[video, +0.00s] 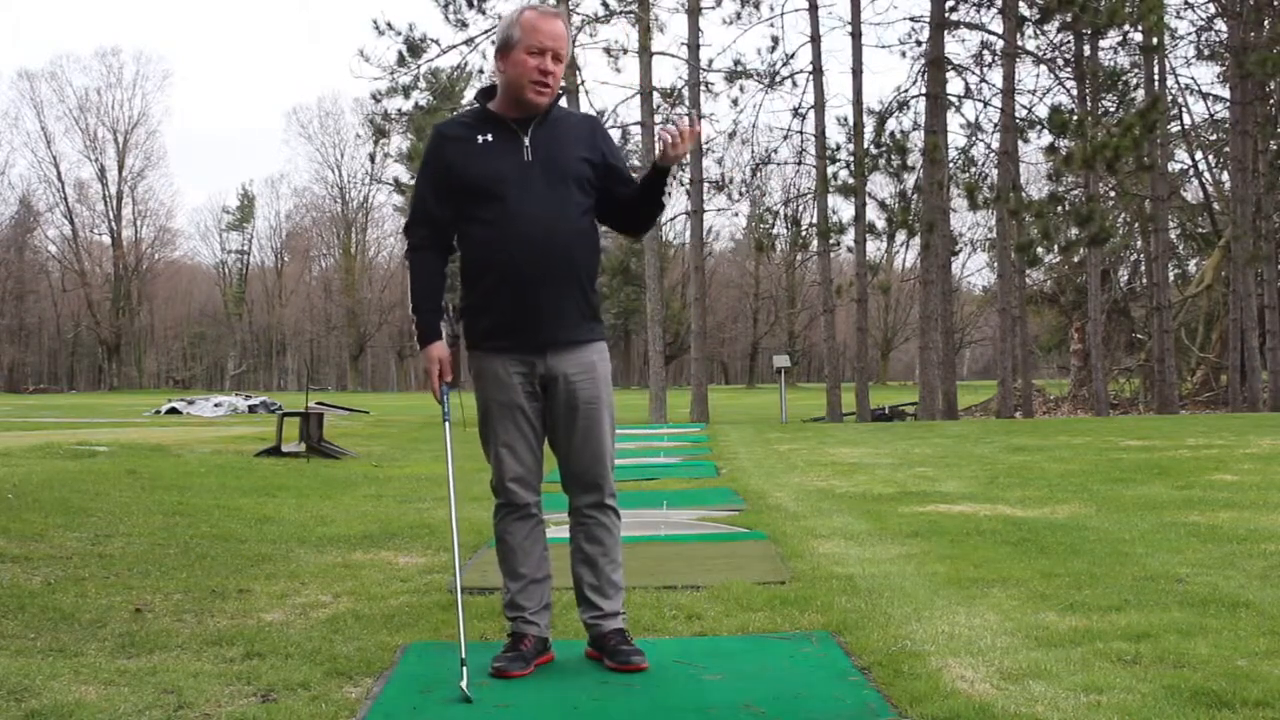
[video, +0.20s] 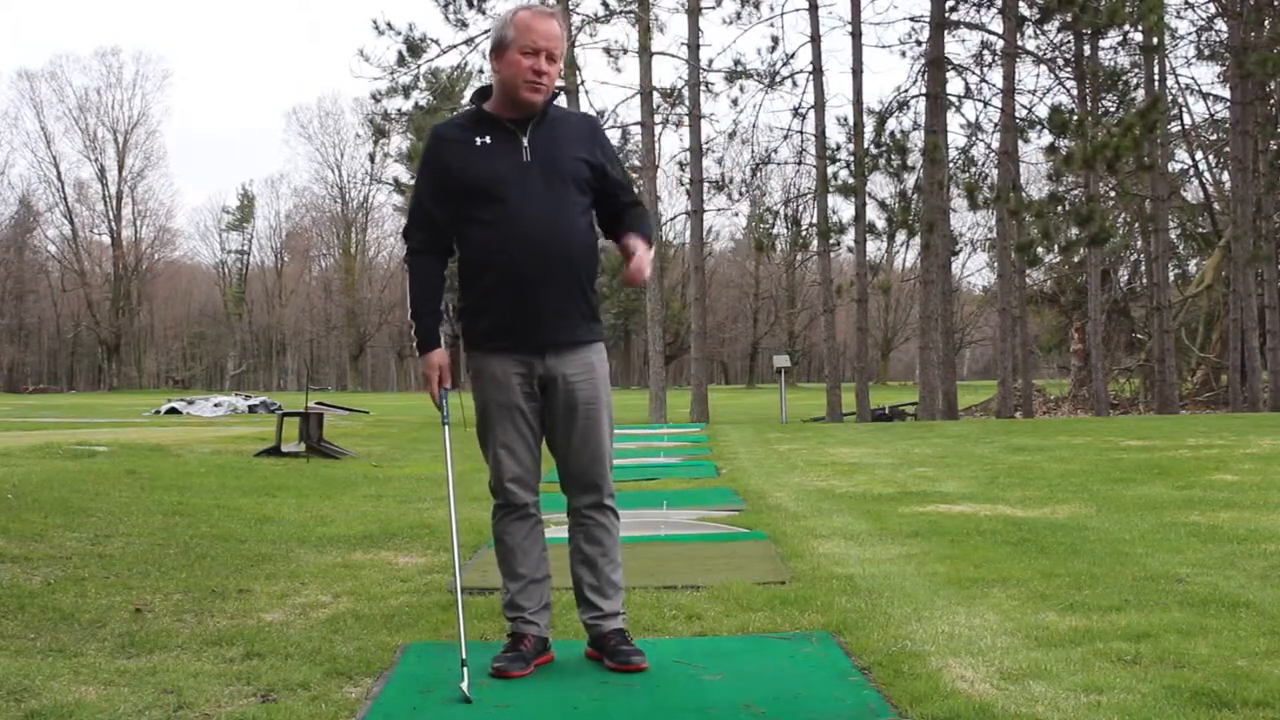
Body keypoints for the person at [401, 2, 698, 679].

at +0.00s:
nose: (549, 69)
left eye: (559, 59)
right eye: (537, 54)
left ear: (566, 68)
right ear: (501, 57)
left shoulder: (585, 135)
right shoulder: (454, 139)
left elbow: (631, 218)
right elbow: (427, 239)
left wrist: (660, 166)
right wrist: (430, 333)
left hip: (578, 341)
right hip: (497, 346)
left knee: (594, 493)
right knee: (515, 496)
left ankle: (608, 627)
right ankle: (527, 631)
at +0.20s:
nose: (544, 68)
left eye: (554, 58)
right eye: (531, 55)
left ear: (563, 66)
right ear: (496, 59)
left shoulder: (582, 132)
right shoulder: (451, 141)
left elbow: (622, 206)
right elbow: (426, 246)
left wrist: (637, 240)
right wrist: (430, 339)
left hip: (577, 341)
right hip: (494, 346)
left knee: (594, 493)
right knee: (514, 496)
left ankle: (608, 628)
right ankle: (527, 631)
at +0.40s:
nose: (535, 67)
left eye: (546, 55)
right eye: (522, 53)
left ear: (556, 63)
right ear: (490, 57)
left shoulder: (579, 132)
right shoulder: (446, 141)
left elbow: (614, 228)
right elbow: (423, 245)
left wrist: (608, 308)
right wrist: (429, 339)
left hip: (575, 339)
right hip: (490, 344)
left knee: (593, 493)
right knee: (512, 497)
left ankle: (608, 629)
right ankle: (528, 632)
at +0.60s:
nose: (530, 68)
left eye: (542, 57)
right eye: (518, 53)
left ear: (553, 64)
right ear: (487, 57)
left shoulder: (577, 131)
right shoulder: (442, 141)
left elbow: (614, 216)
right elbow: (415, 242)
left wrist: (632, 269)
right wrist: (428, 334)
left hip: (572, 340)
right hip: (488, 347)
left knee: (593, 492)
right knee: (511, 497)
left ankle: (607, 628)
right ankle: (527, 631)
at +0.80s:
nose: (529, 67)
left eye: (540, 56)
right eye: (515, 53)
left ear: (550, 63)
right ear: (485, 57)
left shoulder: (575, 132)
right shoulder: (441, 142)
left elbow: (614, 210)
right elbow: (414, 245)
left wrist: (638, 248)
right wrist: (424, 338)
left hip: (571, 340)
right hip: (488, 347)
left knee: (593, 492)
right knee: (510, 496)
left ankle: (607, 628)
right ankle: (528, 632)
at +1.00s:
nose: (526, 67)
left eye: (537, 56)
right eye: (513, 53)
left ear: (548, 64)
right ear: (484, 58)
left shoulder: (576, 133)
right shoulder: (442, 143)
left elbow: (621, 216)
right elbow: (417, 245)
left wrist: (619, 232)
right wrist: (428, 342)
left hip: (572, 338)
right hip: (488, 344)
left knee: (593, 492)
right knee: (511, 496)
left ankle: (607, 628)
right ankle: (528, 632)